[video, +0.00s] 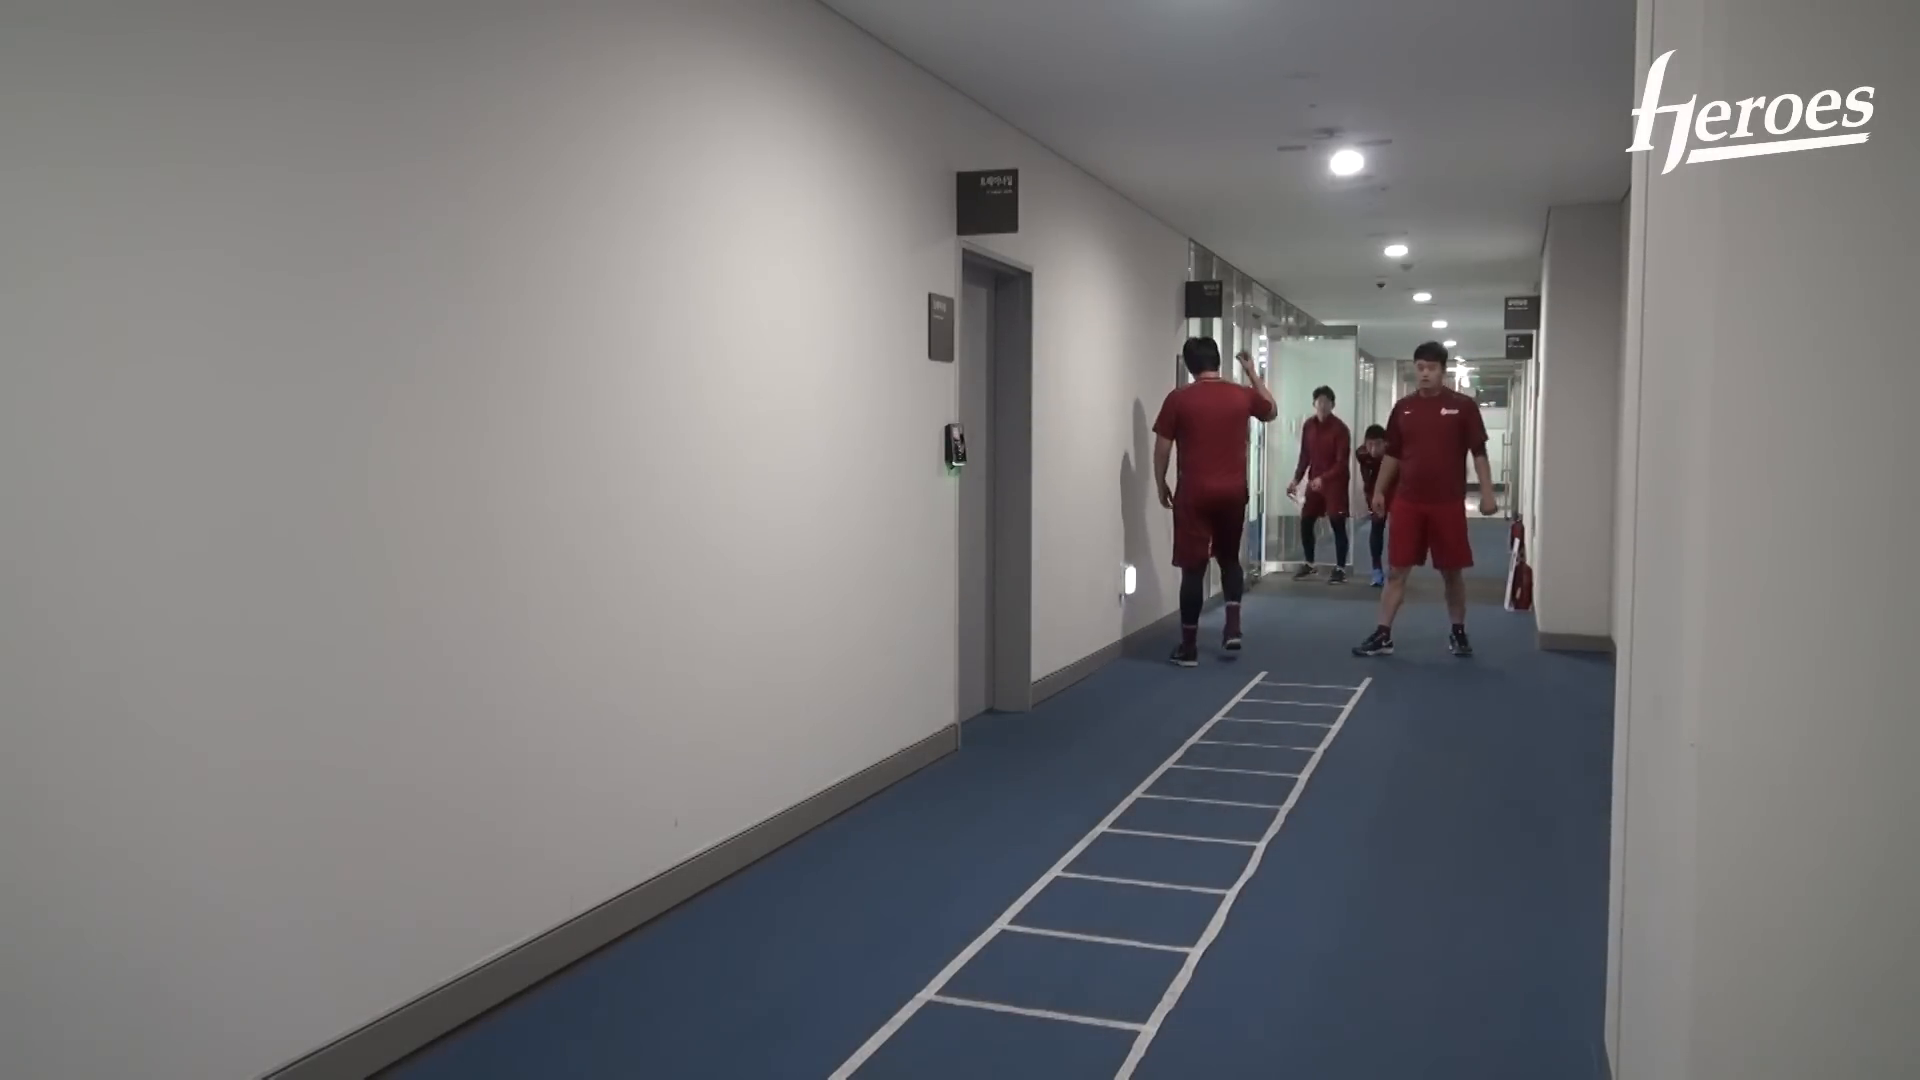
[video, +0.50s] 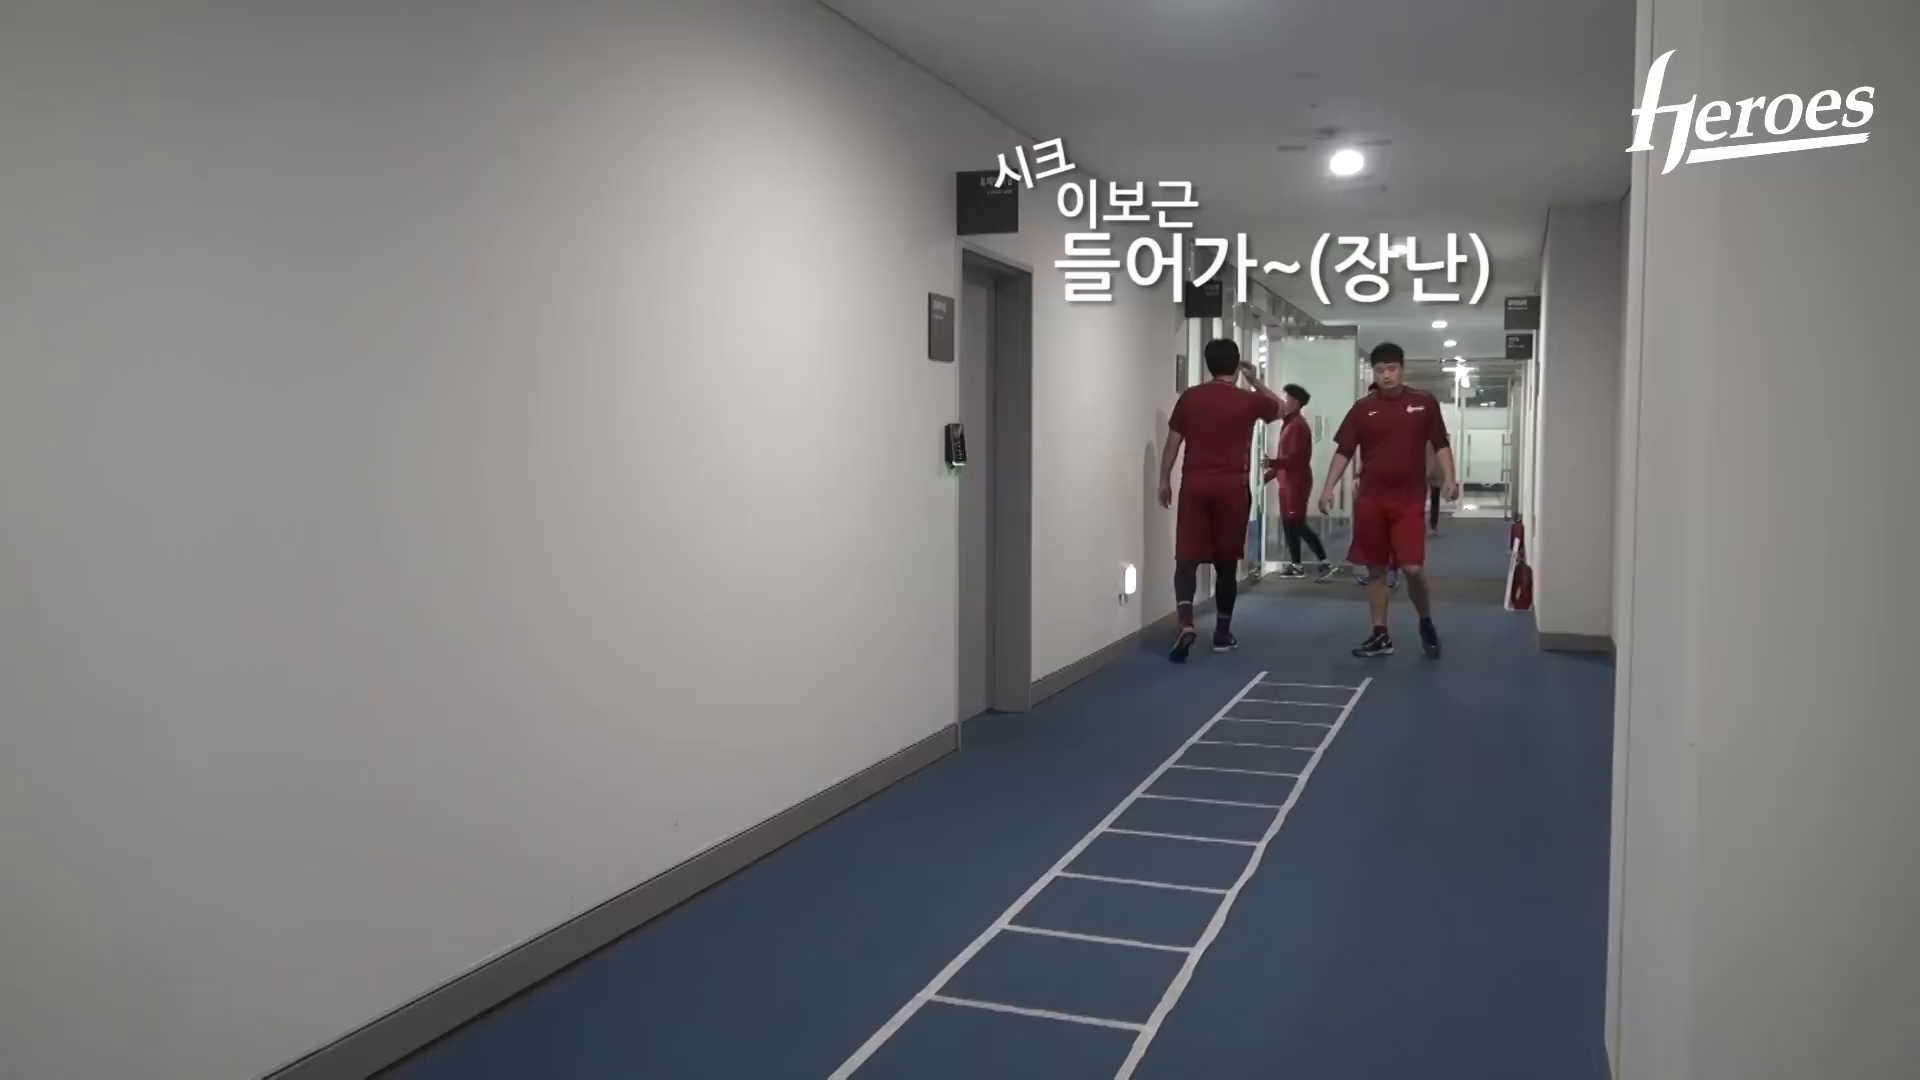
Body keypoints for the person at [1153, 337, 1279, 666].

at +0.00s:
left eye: (1186, 365)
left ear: (1189, 366)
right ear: (1219, 364)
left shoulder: (1179, 398)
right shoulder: (1241, 394)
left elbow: (1162, 447)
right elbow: (1270, 409)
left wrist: (1161, 484)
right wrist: (1253, 374)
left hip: (1194, 493)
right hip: (1233, 492)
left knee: (1193, 569)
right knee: (1230, 559)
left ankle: (1188, 647)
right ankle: (1233, 630)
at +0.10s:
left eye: (1190, 363)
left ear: (1190, 367)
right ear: (1222, 365)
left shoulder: (1178, 398)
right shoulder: (1238, 396)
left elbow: (1160, 447)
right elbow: (1263, 405)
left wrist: (1161, 480)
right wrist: (1243, 376)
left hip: (1189, 493)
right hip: (1229, 494)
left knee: (1190, 570)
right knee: (1227, 564)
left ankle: (1188, 648)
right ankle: (1225, 635)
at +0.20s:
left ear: (1192, 369)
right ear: (1223, 367)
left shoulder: (1178, 400)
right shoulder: (1239, 400)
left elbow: (1160, 449)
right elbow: (1261, 409)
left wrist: (1164, 482)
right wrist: (1242, 382)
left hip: (1187, 494)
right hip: (1227, 496)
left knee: (1189, 569)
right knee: (1222, 567)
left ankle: (1188, 648)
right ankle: (1223, 634)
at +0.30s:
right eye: (1224, 367)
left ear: (1196, 370)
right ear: (1227, 370)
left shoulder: (1180, 402)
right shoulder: (1240, 402)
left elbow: (1163, 450)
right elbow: (1266, 412)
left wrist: (1164, 484)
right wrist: (1245, 385)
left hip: (1187, 493)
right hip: (1226, 495)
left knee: (1188, 568)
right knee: (1221, 567)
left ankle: (1188, 646)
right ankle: (1221, 637)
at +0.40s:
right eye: (1229, 368)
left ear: (1202, 368)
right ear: (1233, 370)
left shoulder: (1185, 400)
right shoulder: (1242, 401)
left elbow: (1168, 446)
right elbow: (1272, 411)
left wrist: (1164, 486)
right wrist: (1249, 382)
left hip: (1190, 491)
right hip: (1230, 492)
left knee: (1188, 564)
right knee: (1225, 565)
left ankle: (1187, 640)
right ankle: (1222, 636)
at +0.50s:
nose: (1235, 368)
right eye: (1236, 363)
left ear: (1207, 366)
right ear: (1238, 367)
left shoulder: (1190, 397)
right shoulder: (1247, 399)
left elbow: (1173, 442)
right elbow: (1278, 408)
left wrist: (1164, 481)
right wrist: (1255, 380)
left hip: (1194, 486)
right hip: (1232, 488)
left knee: (1186, 560)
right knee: (1226, 564)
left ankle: (1186, 625)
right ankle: (1223, 634)